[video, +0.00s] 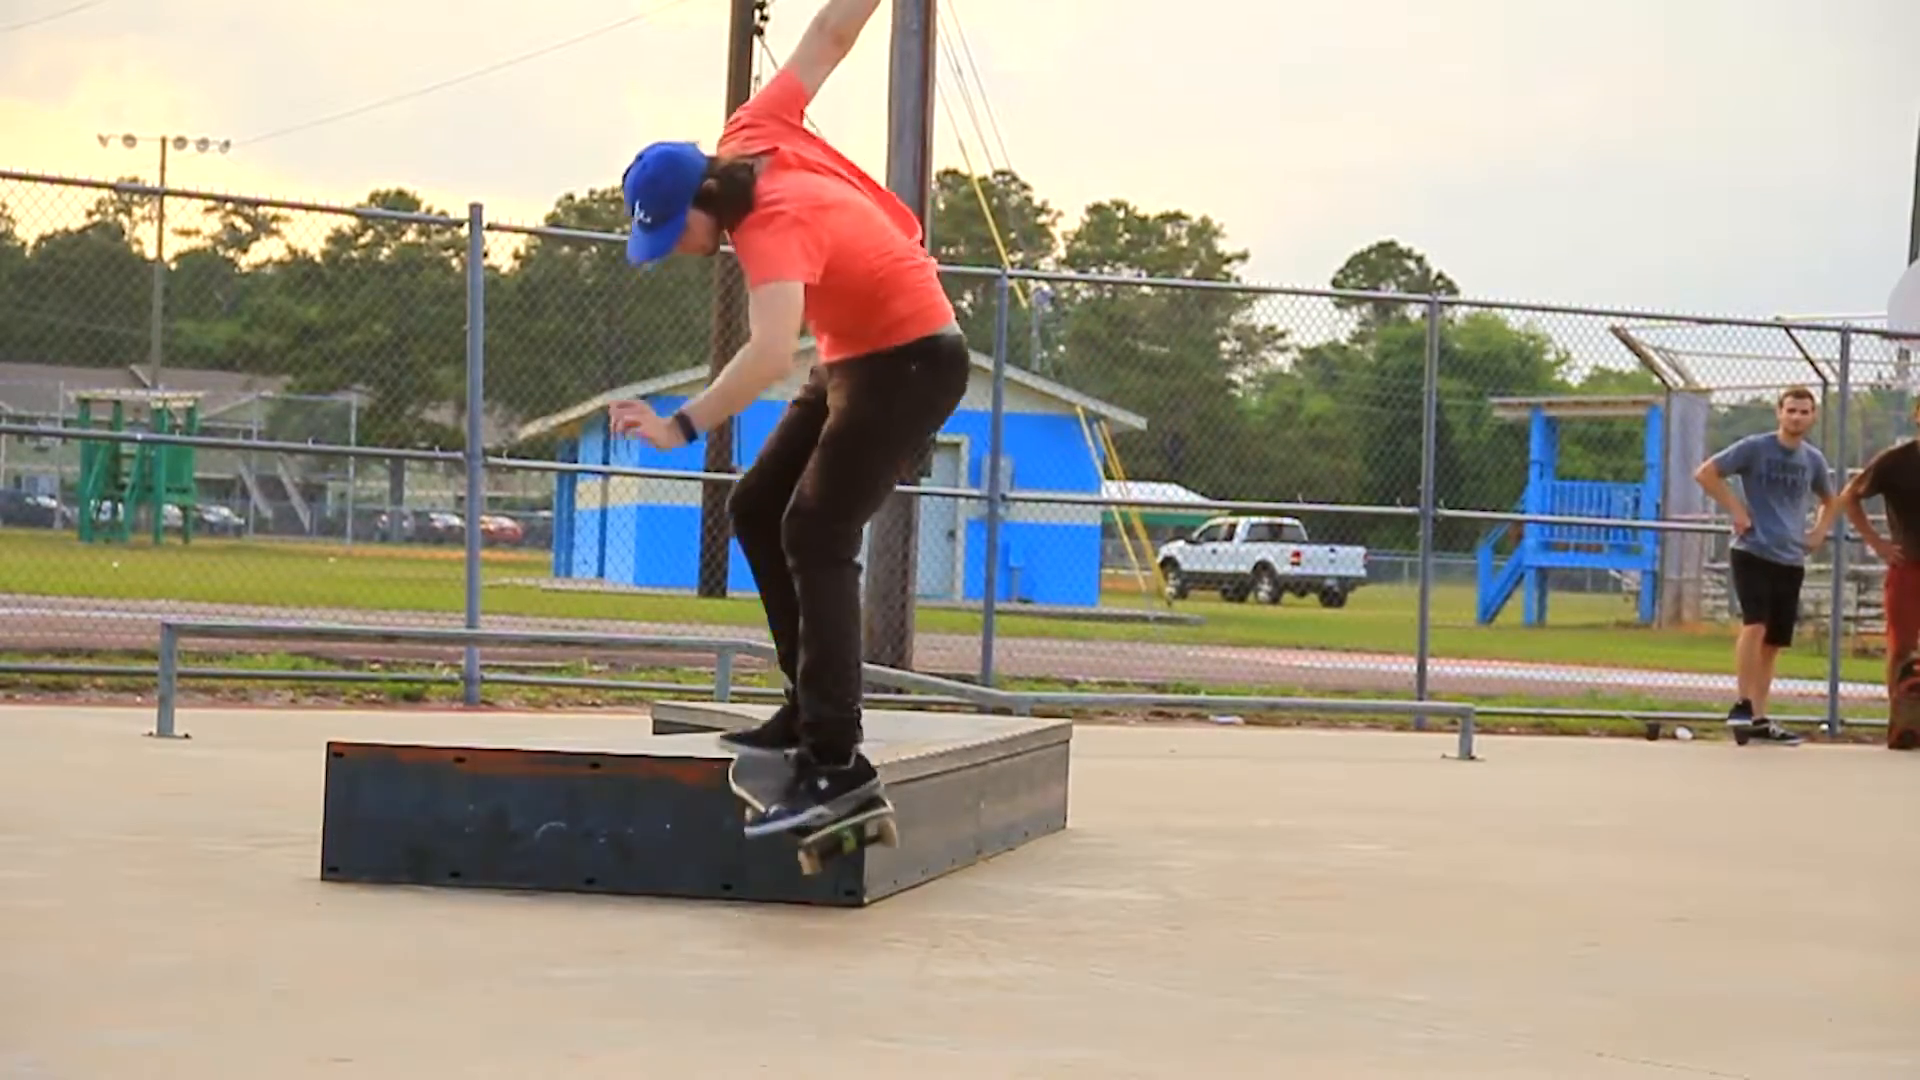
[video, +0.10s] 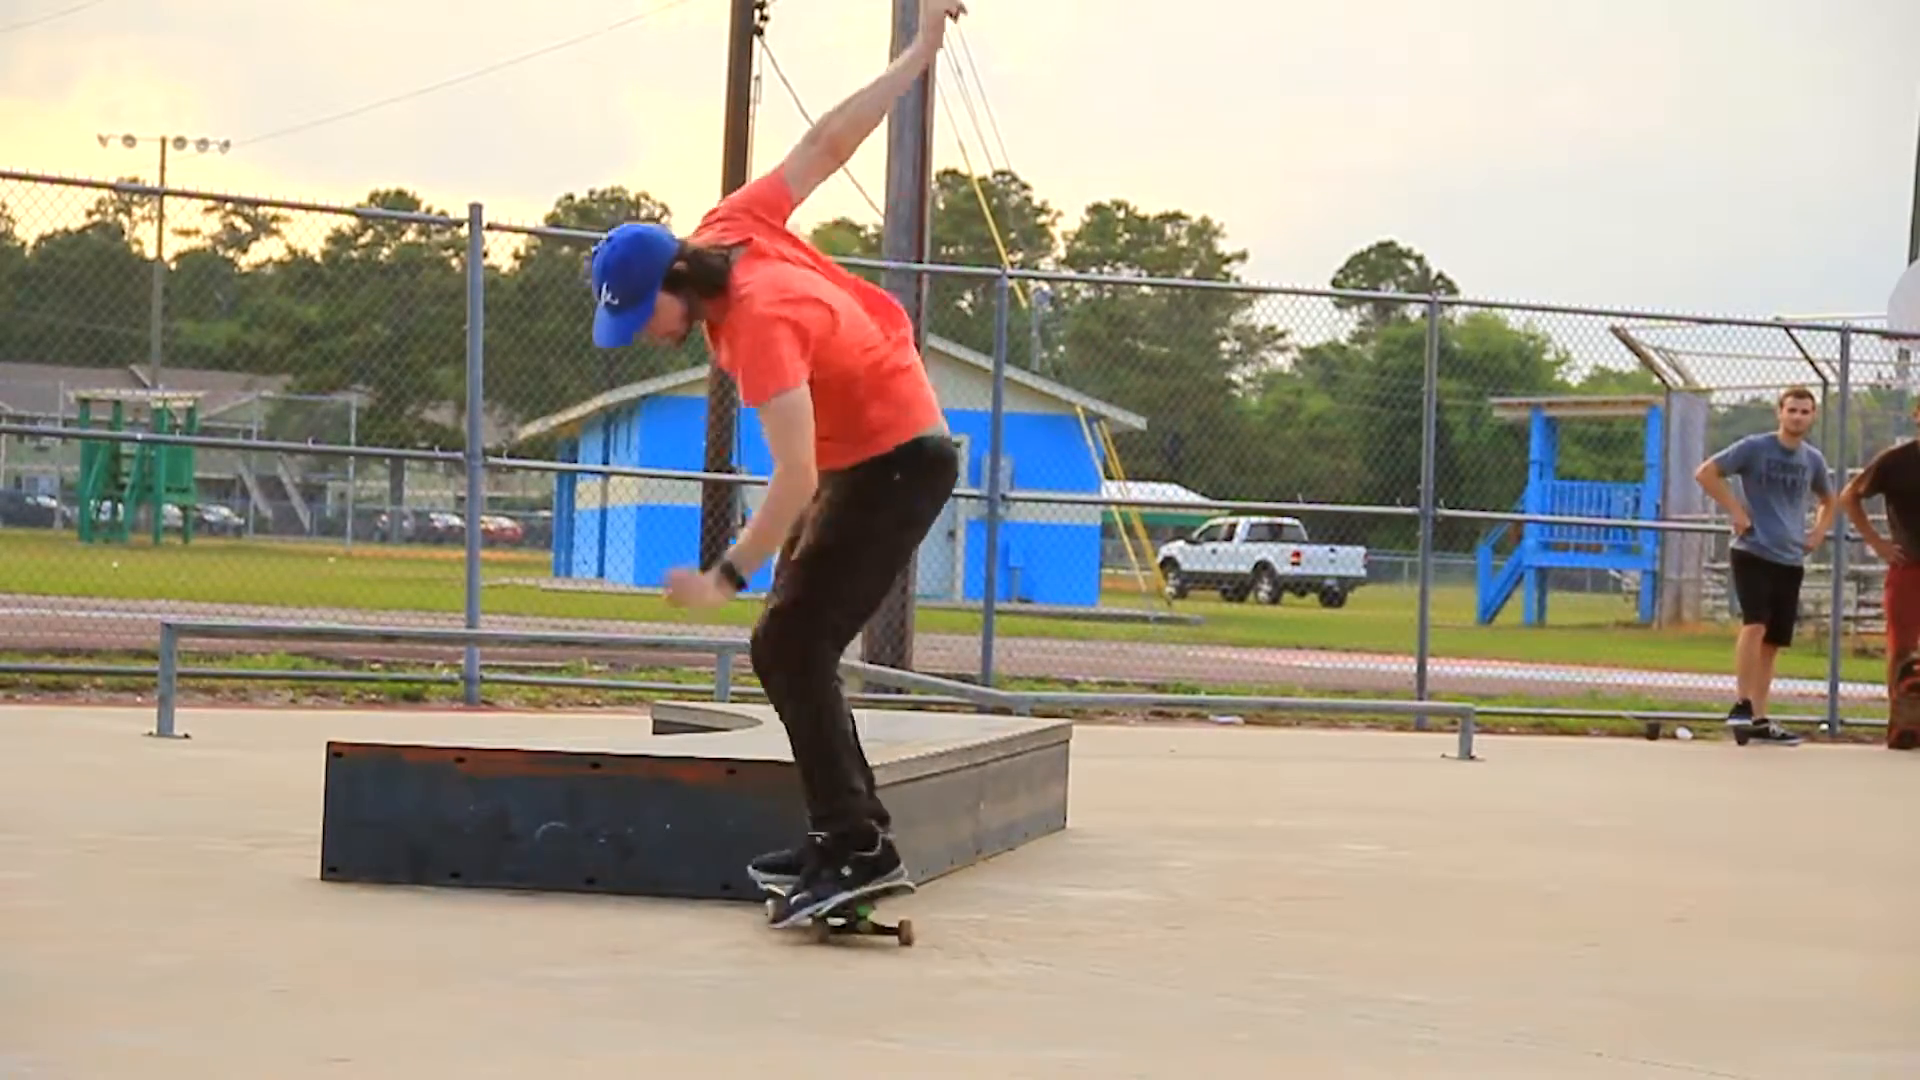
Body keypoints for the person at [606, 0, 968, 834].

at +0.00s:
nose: (679, 251)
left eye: (676, 237)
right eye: (668, 242)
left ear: (702, 205)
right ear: (687, 201)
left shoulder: (769, 225)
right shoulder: (749, 128)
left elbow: (774, 350)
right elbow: (829, 35)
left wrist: (680, 425)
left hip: (911, 358)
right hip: (855, 360)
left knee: (816, 530)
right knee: (755, 511)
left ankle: (837, 758)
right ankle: (809, 707)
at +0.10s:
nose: (647, 337)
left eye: (643, 323)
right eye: (636, 328)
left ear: (670, 290)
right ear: (663, 279)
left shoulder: (755, 322)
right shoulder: (729, 224)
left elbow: (797, 474)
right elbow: (828, 140)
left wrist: (726, 574)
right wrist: (919, 52)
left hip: (899, 460)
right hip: (876, 458)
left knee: (788, 650)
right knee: (787, 649)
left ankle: (857, 846)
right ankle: (844, 832)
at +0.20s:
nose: (623, 407)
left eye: (619, 393)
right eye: (608, 399)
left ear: (641, 348)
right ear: (629, 328)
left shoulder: (731, 379)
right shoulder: (692, 272)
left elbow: (814, 527)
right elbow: (810, 217)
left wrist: (837, 666)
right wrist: (898, 174)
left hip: (889, 467)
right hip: (866, 456)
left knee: (762, 652)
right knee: (778, 650)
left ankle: (849, 858)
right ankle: (886, 838)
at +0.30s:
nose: (585, 373)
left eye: (582, 361)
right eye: (572, 366)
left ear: (606, 327)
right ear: (596, 305)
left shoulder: (705, 341)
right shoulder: (640, 254)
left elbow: (835, 454)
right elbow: (715, 207)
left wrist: (913, 579)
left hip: (860, 444)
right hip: (875, 425)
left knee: (752, 644)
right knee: (799, 654)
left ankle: (808, 868)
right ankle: (893, 847)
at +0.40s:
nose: (539, 317)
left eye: (540, 301)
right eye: (526, 307)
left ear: (568, 263)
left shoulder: (676, 284)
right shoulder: (597, 237)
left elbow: (820, 379)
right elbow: (577, 285)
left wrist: (922, 493)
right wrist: (535, 341)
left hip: (820, 423)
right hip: (822, 414)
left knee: (744, 633)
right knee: (800, 654)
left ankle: (765, 873)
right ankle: (873, 862)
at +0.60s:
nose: (429, 215)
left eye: (430, 196)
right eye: (417, 203)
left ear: (470, 159)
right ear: (450, 168)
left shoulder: (587, 206)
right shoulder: (503, 211)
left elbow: (720, 331)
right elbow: (564, 303)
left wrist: (808, 470)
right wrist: (546, 404)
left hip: (722, 396)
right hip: (678, 405)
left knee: (652, 636)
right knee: (698, 655)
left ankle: (633, 891)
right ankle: (762, 884)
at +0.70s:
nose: (373, 162)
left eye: (377, 141)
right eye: (358, 149)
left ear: (419, 102)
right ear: (354, 132)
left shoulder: (532, 167)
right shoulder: (441, 178)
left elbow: (634, 335)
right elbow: (515, 290)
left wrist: (676, 497)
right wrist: (522, 399)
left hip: (665, 388)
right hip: (617, 397)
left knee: (592, 641)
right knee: (646, 651)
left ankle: (568, 901)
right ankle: (702, 888)